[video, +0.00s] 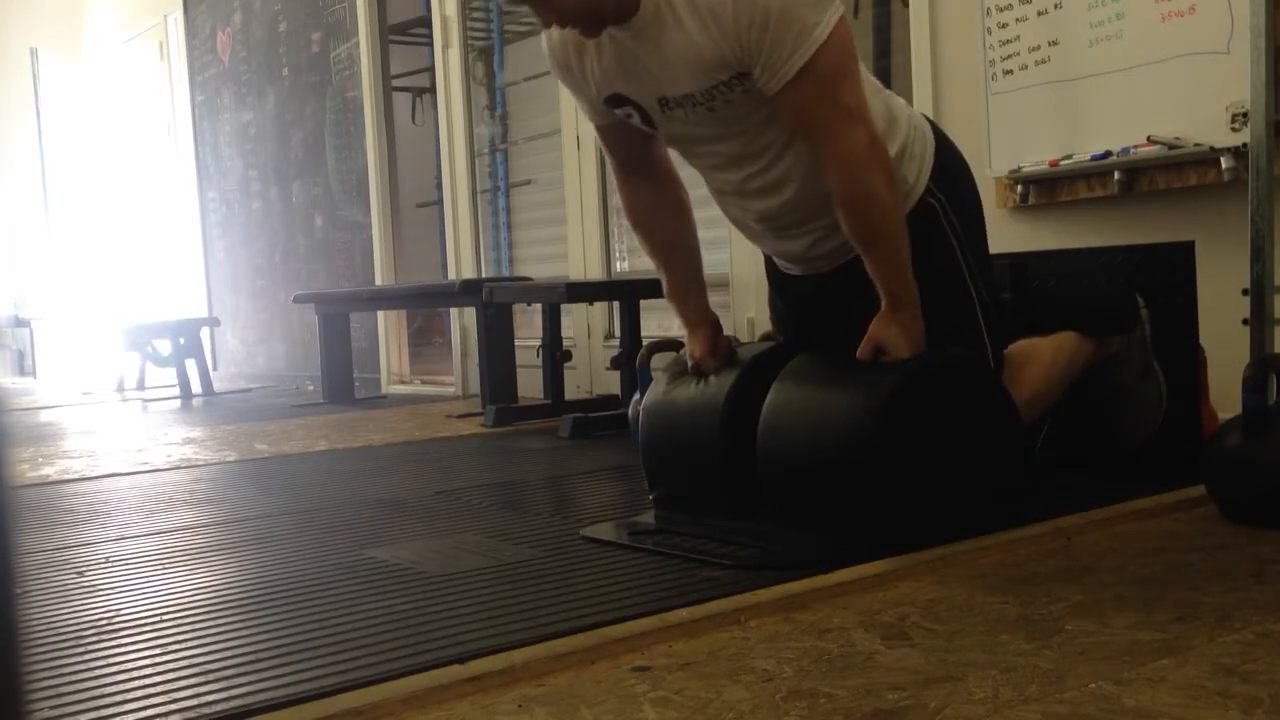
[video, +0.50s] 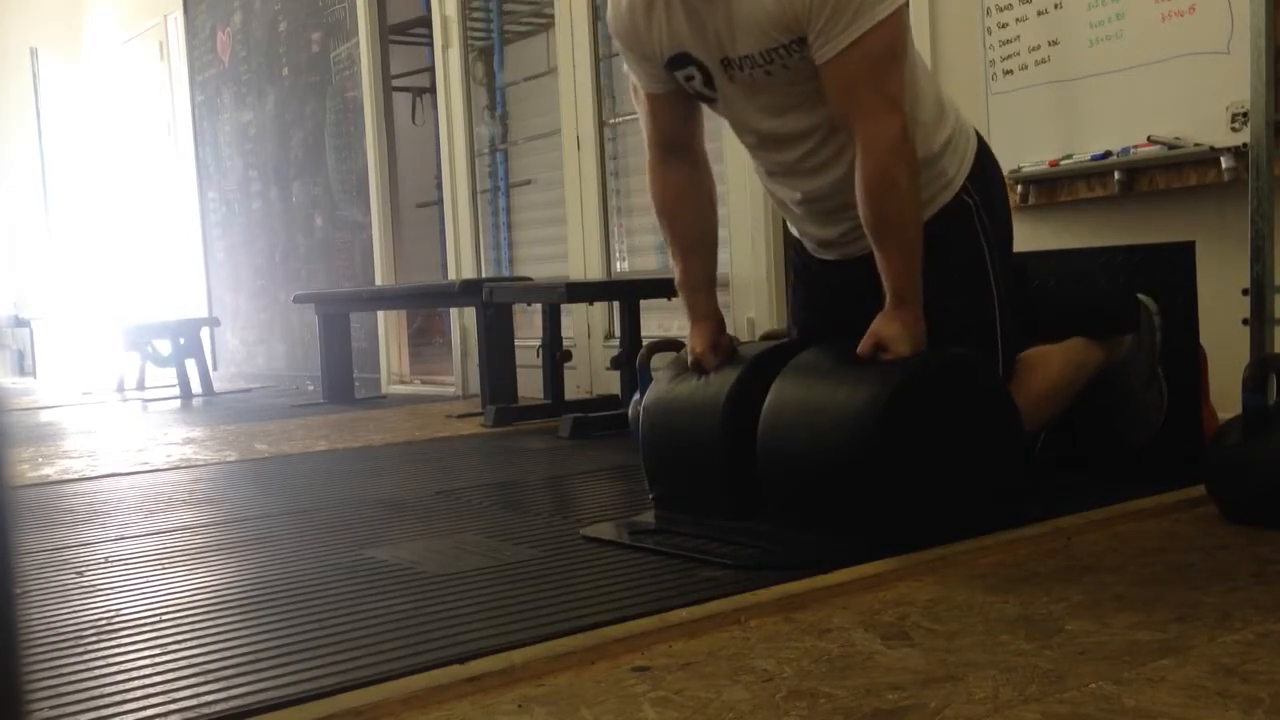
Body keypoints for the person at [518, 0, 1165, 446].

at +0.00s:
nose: (550, 21)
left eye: (554, 7)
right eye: (542, 14)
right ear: (554, 13)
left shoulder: (750, 4)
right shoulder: (571, 42)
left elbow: (849, 142)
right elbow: (643, 173)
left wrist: (899, 305)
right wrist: (697, 323)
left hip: (909, 203)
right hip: (797, 247)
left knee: (967, 425)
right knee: (836, 436)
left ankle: (1087, 338)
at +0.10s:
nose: (600, 3)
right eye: (588, 2)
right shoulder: (585, 30)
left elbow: (858, 142)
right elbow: (648, 167)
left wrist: (900, 304)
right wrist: (697, 317)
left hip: (914, 199)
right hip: (801, 241)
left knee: (969, 414)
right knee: (827, 429)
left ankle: (1095, 340)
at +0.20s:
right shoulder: (600, 18)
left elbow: (865, 139)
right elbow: (656, 164)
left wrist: (901, 305)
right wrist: (698, 320)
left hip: (920, 199)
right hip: (805, 238)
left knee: (966, 425)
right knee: (830, 438)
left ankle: (1095, 340)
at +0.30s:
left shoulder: (816, 1)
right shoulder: (615, 18)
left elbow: (872, 137)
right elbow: (663, 161)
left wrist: (902, 304)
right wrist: (699, 316)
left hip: (927, 199)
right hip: (810, 234)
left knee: (967, 427)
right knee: (829, 439)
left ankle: (1105, 339)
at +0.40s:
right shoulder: (625, 15)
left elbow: (878, 134)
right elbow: (671, 157)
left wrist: (903, 304)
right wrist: (702, 314)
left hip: (933, 201)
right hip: (816, 233)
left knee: (967, 431)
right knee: (833, 435)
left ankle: (1105, 341)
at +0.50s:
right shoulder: (635, 14)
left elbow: (882, 131)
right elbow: (675, 155)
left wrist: (903, 302)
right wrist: (702, 317)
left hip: (939, 201)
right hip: (820, 229)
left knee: (966, 428)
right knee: (830, 433)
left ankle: (1106, 342)